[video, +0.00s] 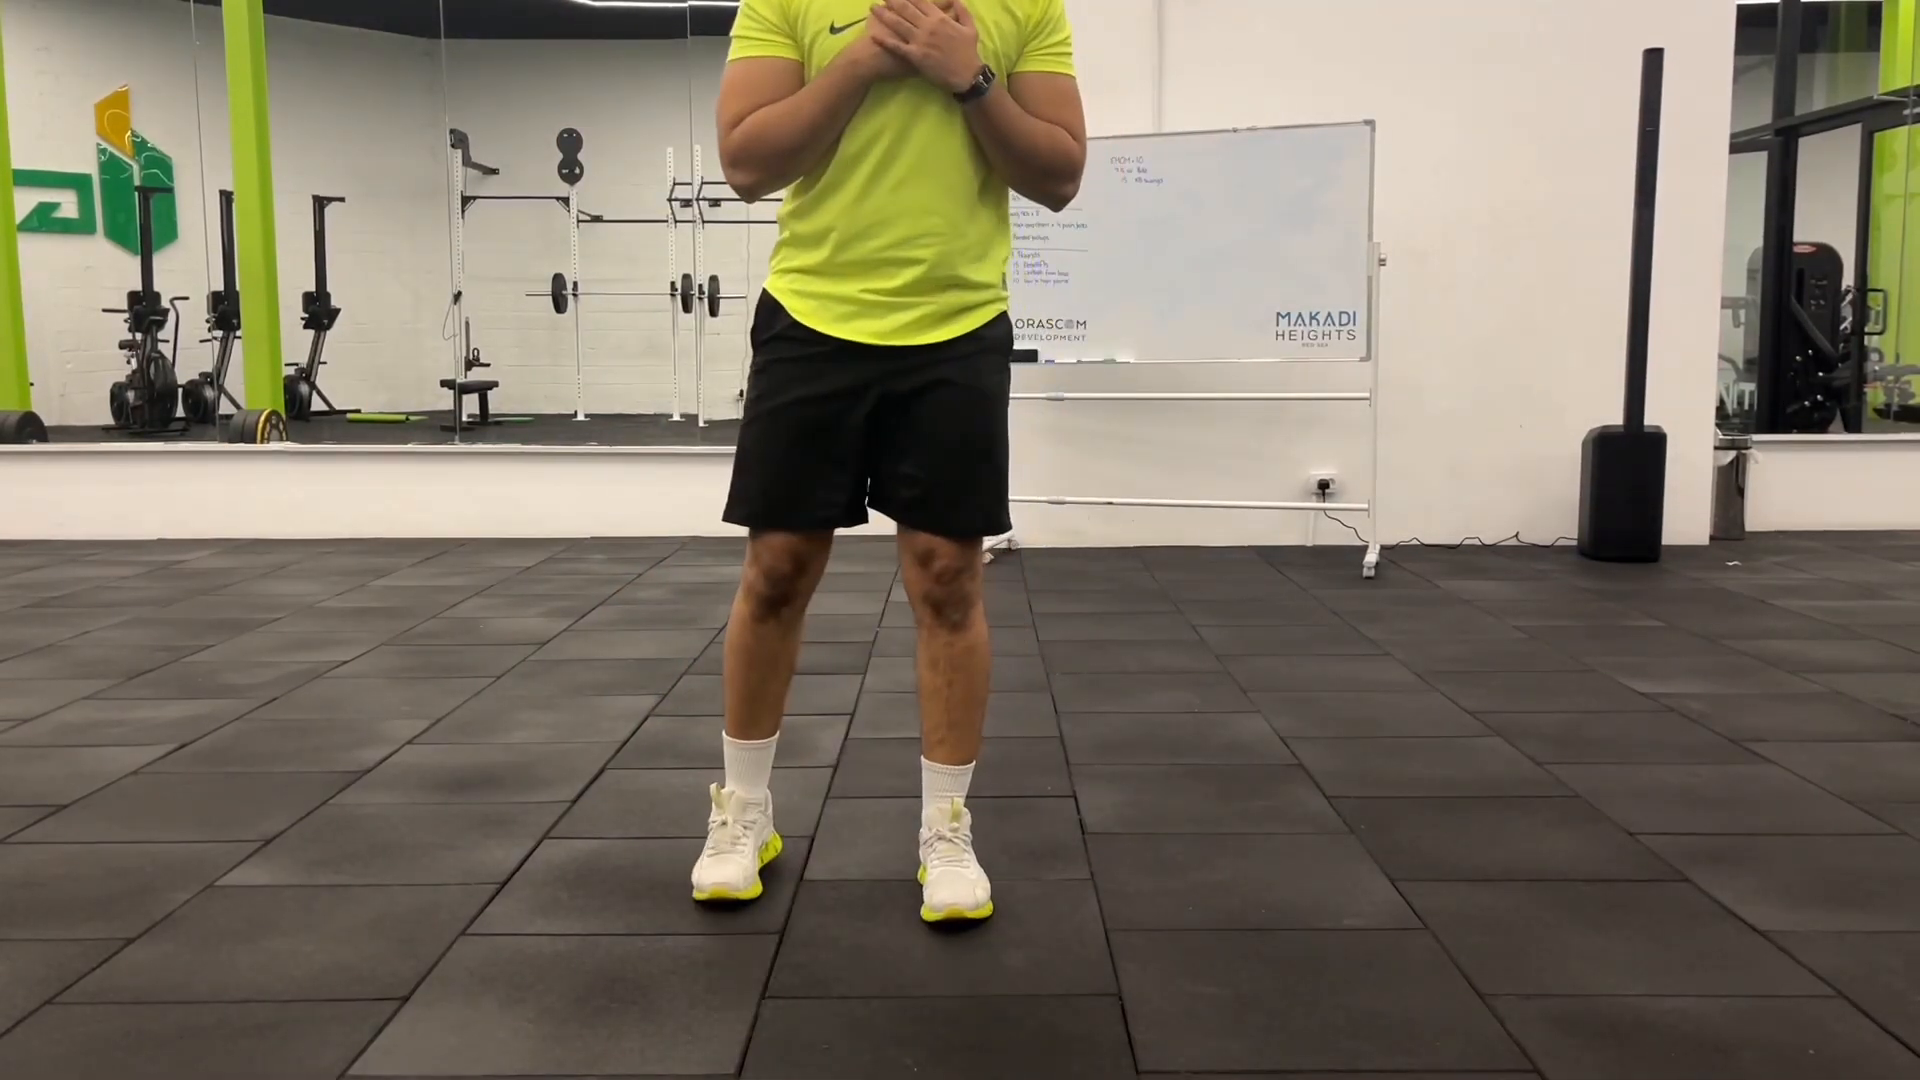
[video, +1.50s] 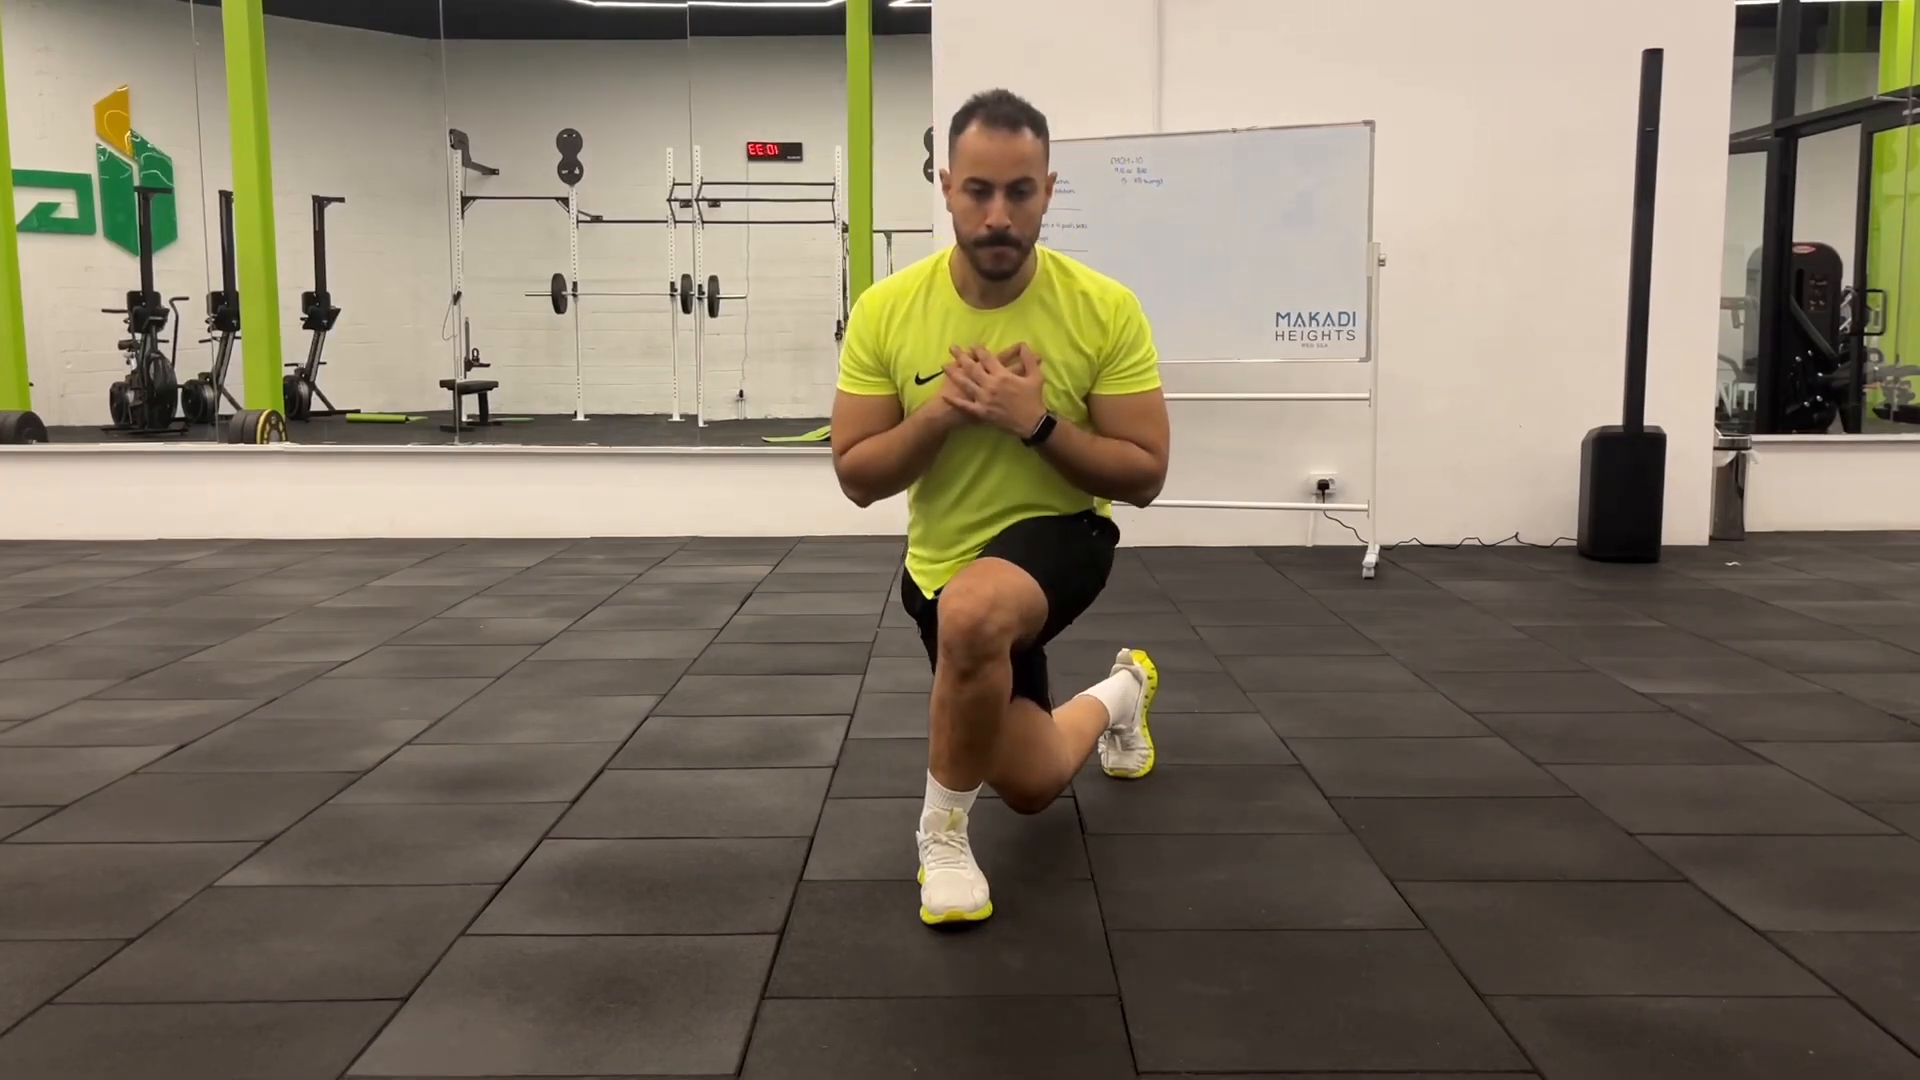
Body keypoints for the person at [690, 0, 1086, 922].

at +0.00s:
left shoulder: (1021, 6)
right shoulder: (785, 1)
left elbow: (1060, 177)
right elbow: (747, 163)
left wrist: (973, 81)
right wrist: (863, 56)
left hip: (957, 322)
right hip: (813, 315)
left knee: (947, 578)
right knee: (777, 572)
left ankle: (948, 841)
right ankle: (742, 813)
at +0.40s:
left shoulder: (1072, 12)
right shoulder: (827, 6)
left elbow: (1106, 191)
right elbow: (787, 178)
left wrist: (1001, 104)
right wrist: (890, 83)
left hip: (989, 328)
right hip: (848, 319)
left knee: (967, 578)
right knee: (816, 573)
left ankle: (946, 830)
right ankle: (803, 788)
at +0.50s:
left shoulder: (1079, 15)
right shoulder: (836, 8)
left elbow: (1112, 199)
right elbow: (792, 182)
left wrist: (1006, 114)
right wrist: (902, 94)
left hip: (996, 330)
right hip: (858, 324)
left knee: (972, 582)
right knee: (847, 576)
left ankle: (949, 826)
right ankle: (888, 729)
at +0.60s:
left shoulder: (1082, 20)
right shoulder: (842, 11)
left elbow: (1114, 215)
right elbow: (794, 192)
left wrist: (1019, 136)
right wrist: (908, 110)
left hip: (1005, 331)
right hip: (870, 330)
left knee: (977, 582)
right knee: (891, 581)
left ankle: (947, 829)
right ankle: (983, 675)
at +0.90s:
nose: (993, 46)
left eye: (1016, 21)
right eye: (972, 20)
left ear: (1041, 24)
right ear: (933, 18)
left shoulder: (1091, 148)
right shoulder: (853, 140)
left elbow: (1126, 322)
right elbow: (816, 320)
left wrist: (1029, 270)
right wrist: (928, 252)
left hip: (1033, 395)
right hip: (908, 411)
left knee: (973, 607)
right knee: (998, 604)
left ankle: (946, 834)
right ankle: (1093, 684)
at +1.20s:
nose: (994, 177)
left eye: (1015, 151)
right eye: (973, 150)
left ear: (1043, 149)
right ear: (937, 150)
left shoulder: (1103, 265)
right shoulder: (877, 266)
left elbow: (1142, 426)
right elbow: (851, 430)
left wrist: (1036, 386)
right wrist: (937, 373)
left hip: (1058, 484)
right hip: (940, 509)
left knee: (970, 609)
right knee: (1029, 729)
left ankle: (944, 831)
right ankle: (1126, 687)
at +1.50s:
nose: (999, 217)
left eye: (1020, 193)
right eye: (979, 192)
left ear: (1048, 193)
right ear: (946, 191)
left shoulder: (1106, 313)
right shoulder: (885, 313)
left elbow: (1144, 473)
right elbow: (858, 477)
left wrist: (1040, 426)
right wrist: (943, 413)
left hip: (1063, 523)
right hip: (944, 546)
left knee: (970, 613)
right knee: (1028, 782)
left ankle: (943, 831)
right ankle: (1124, 693)